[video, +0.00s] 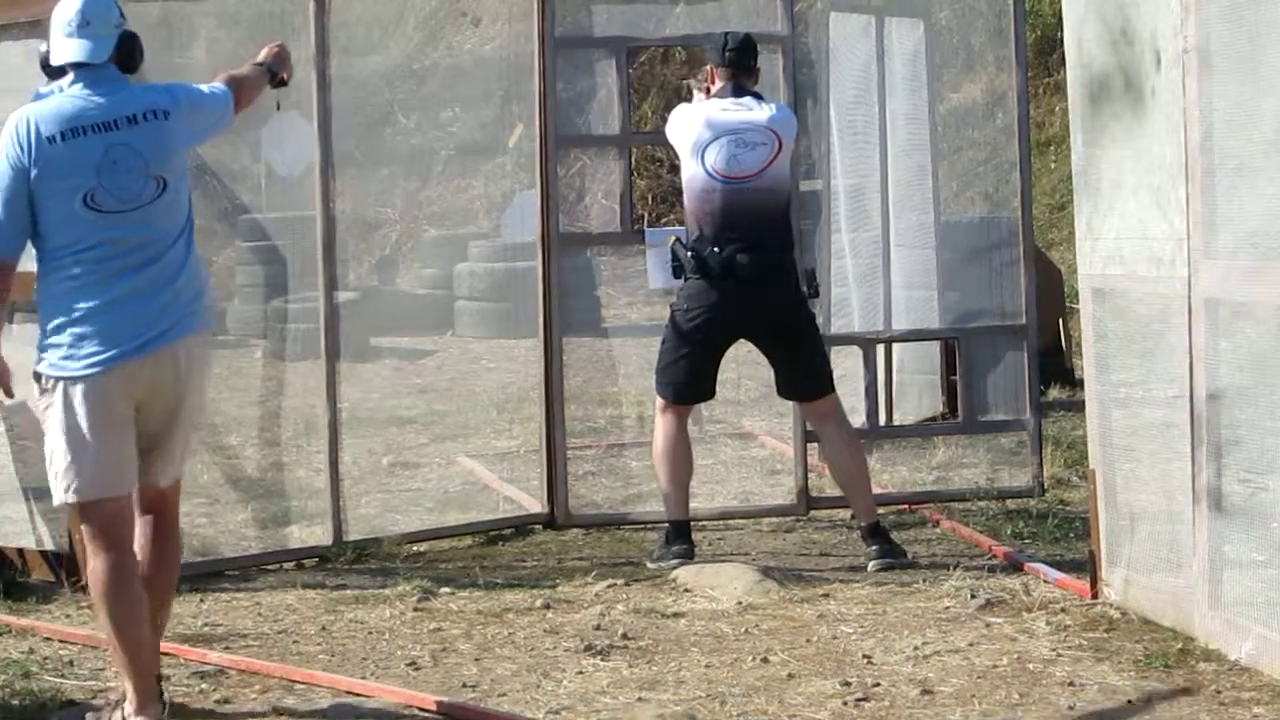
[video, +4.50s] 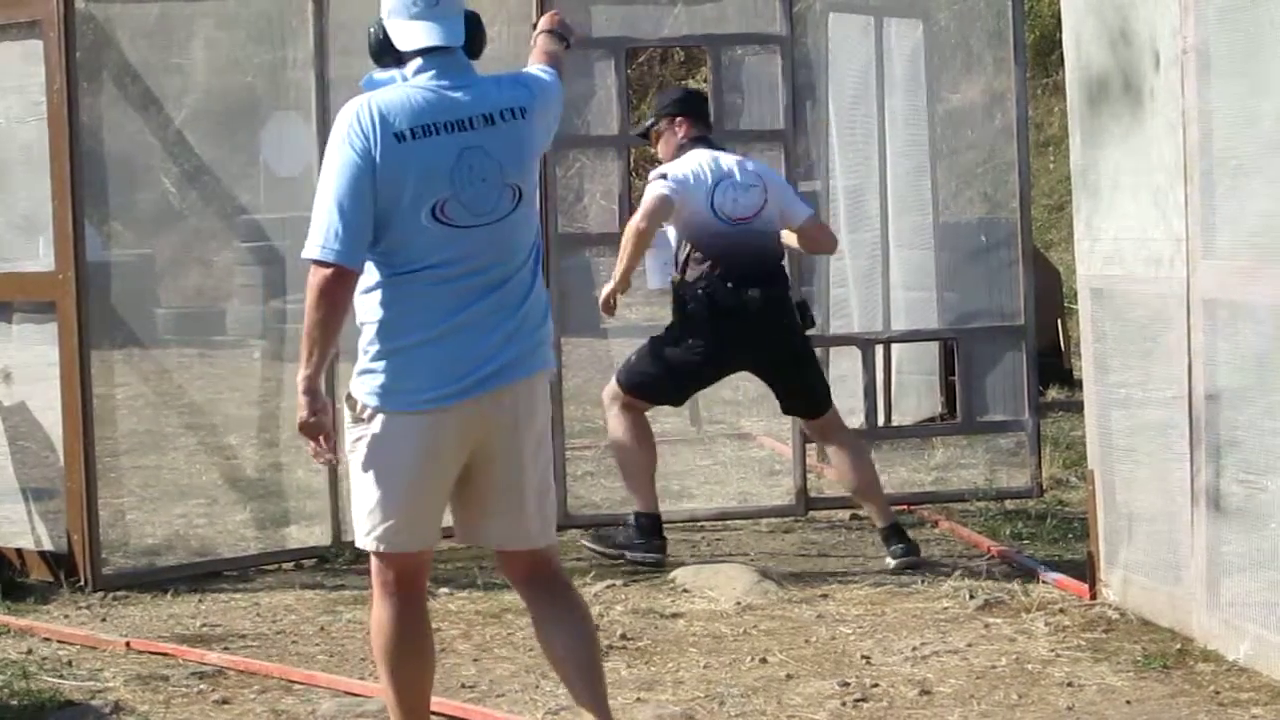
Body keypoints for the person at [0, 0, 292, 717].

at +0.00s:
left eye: (56, 51)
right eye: (120, 46)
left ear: (52, 56)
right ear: (123, 49)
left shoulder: (25, 129)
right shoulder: (169, 107)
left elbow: (7, 271)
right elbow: (237, 93)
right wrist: (269, 64)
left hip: (84, 351)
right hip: (177, 332)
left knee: (106, 539)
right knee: (159, 510)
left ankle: (145, 703)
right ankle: (141, 686)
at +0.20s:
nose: (65, 52)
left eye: (68, 43)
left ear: (73, 51)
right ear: (146, 47)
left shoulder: (49, 120)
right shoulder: (191, 104)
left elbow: (17, 255)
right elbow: (250, 86)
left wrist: (6, 353)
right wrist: (277, 54)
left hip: (101, 352)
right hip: (195, 335)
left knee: (114, 535)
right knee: (192, 495)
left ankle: (142, 703)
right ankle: (225, 653)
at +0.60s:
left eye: (148, 55)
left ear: (147, 57)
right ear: (223, 50)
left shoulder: (130, 125)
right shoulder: (268, 107)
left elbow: (101, 262)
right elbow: (308, 79)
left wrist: (84, 364)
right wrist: (323, 45)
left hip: (168, 356)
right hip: (268, 344)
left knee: (149, 537)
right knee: (293, 532)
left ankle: (144, 704)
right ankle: (329, 702)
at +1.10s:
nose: (222, 59)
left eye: (225, 46)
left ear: (222, 47)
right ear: (296, 39)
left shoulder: (206, 111)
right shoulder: (341, 100)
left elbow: (176, 245)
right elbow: (368, 80)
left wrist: (153, 345)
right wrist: (378, 49)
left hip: (238, 349)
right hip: (338, 337)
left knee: (218, 523)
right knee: (329, 528)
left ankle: (250, 696)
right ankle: (338, 703)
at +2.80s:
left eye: (230, 52)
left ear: (235, 53)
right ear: (316, 42)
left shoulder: (219, 120)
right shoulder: (362, 99)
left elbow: (193, 263)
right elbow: (384, 60)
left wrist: (172, 369)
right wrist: (392, 28)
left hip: (263, 373)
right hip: (366, 356)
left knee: (262, 553)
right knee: (400, 535)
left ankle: (286, 711)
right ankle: (462, 697)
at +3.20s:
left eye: (322, 47)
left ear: (324, 52)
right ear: (403, 42)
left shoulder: (317, 123)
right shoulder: (453, 100)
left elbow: (299, 268)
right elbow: (462, 65)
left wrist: (280, 376)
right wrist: (462, 33)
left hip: (354, 367)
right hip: (455, 356)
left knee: (313, 545)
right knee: (461, 551)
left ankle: (298, 709)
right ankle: (476, 713)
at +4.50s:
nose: (378, 62)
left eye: (380, 48)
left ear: (387, 49)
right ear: (469, 41)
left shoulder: (366, 119)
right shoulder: (524, 101)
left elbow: (334, 269)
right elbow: (548, 69)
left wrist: (311, 383)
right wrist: (551, 32)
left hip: (409, 388)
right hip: (518, 375)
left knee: (400, 583)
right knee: (536, 565)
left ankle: (410, 714)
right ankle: (599, 710)